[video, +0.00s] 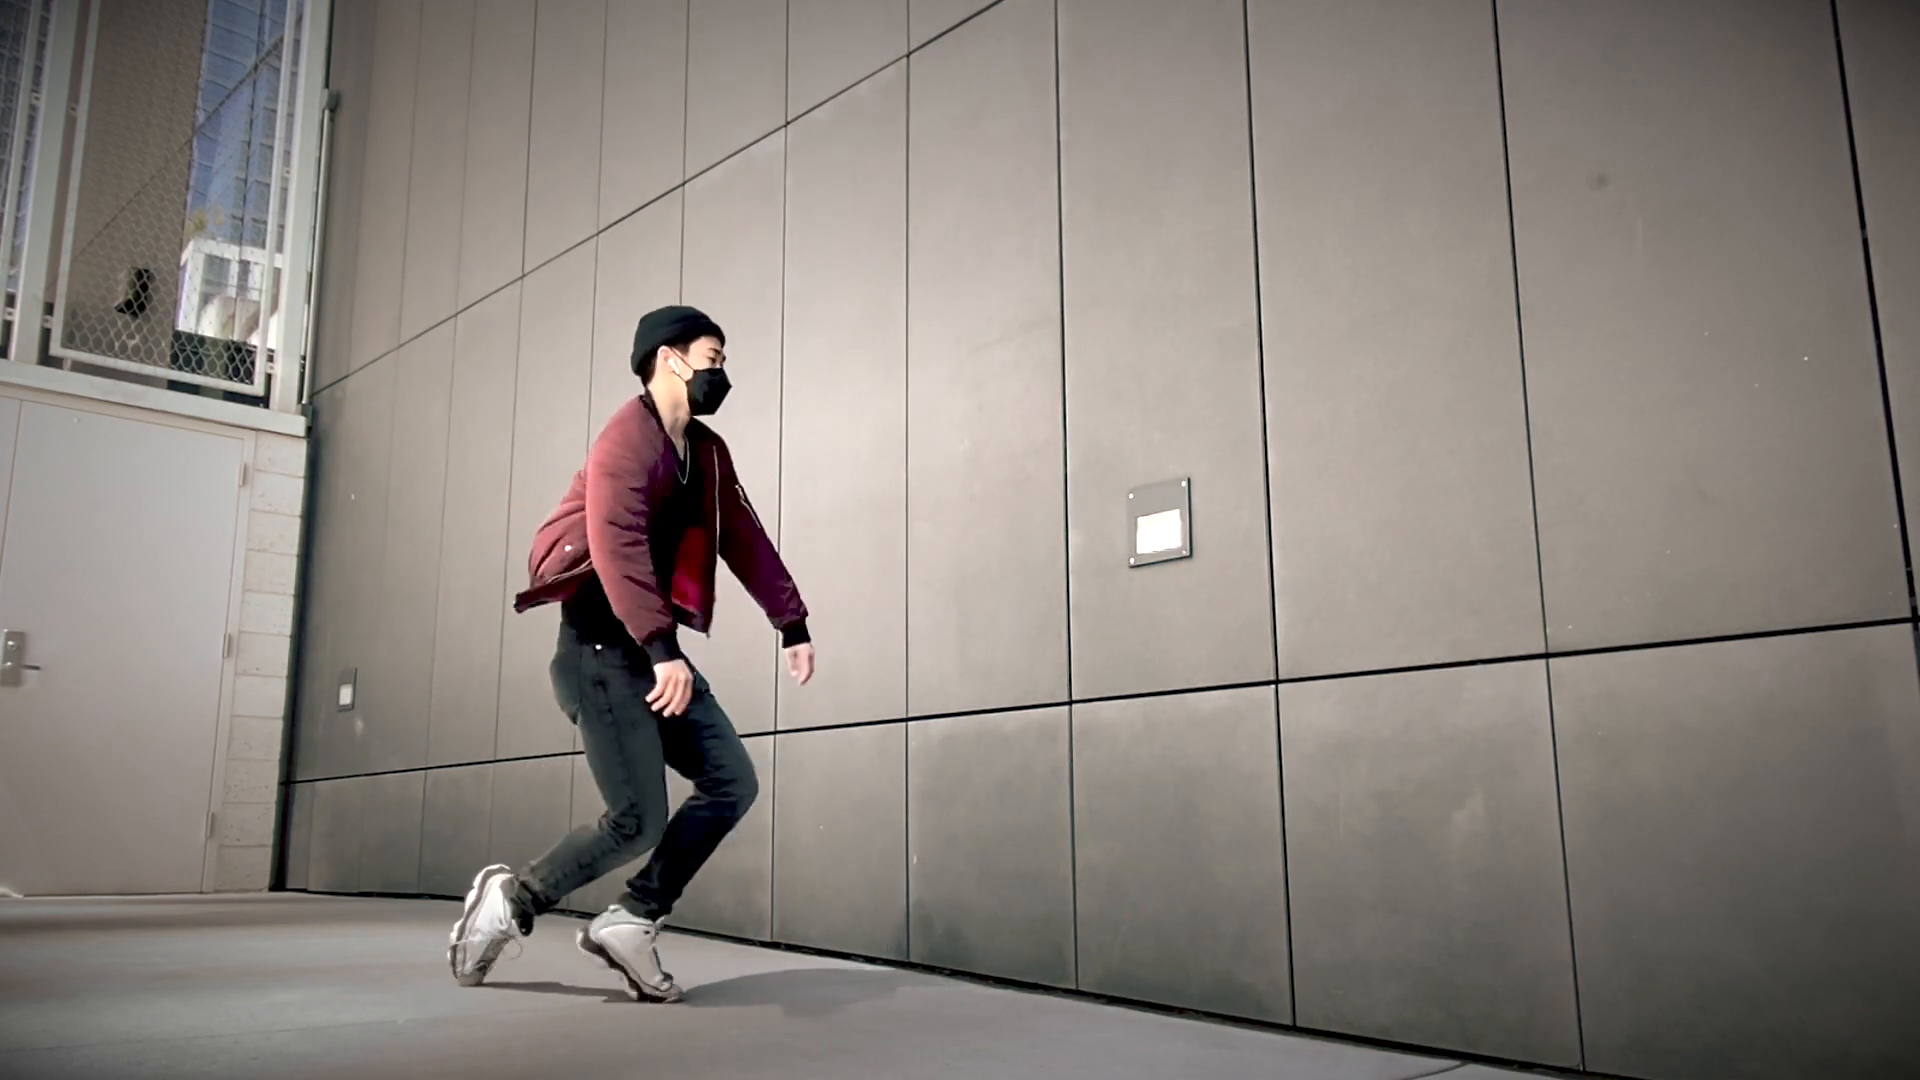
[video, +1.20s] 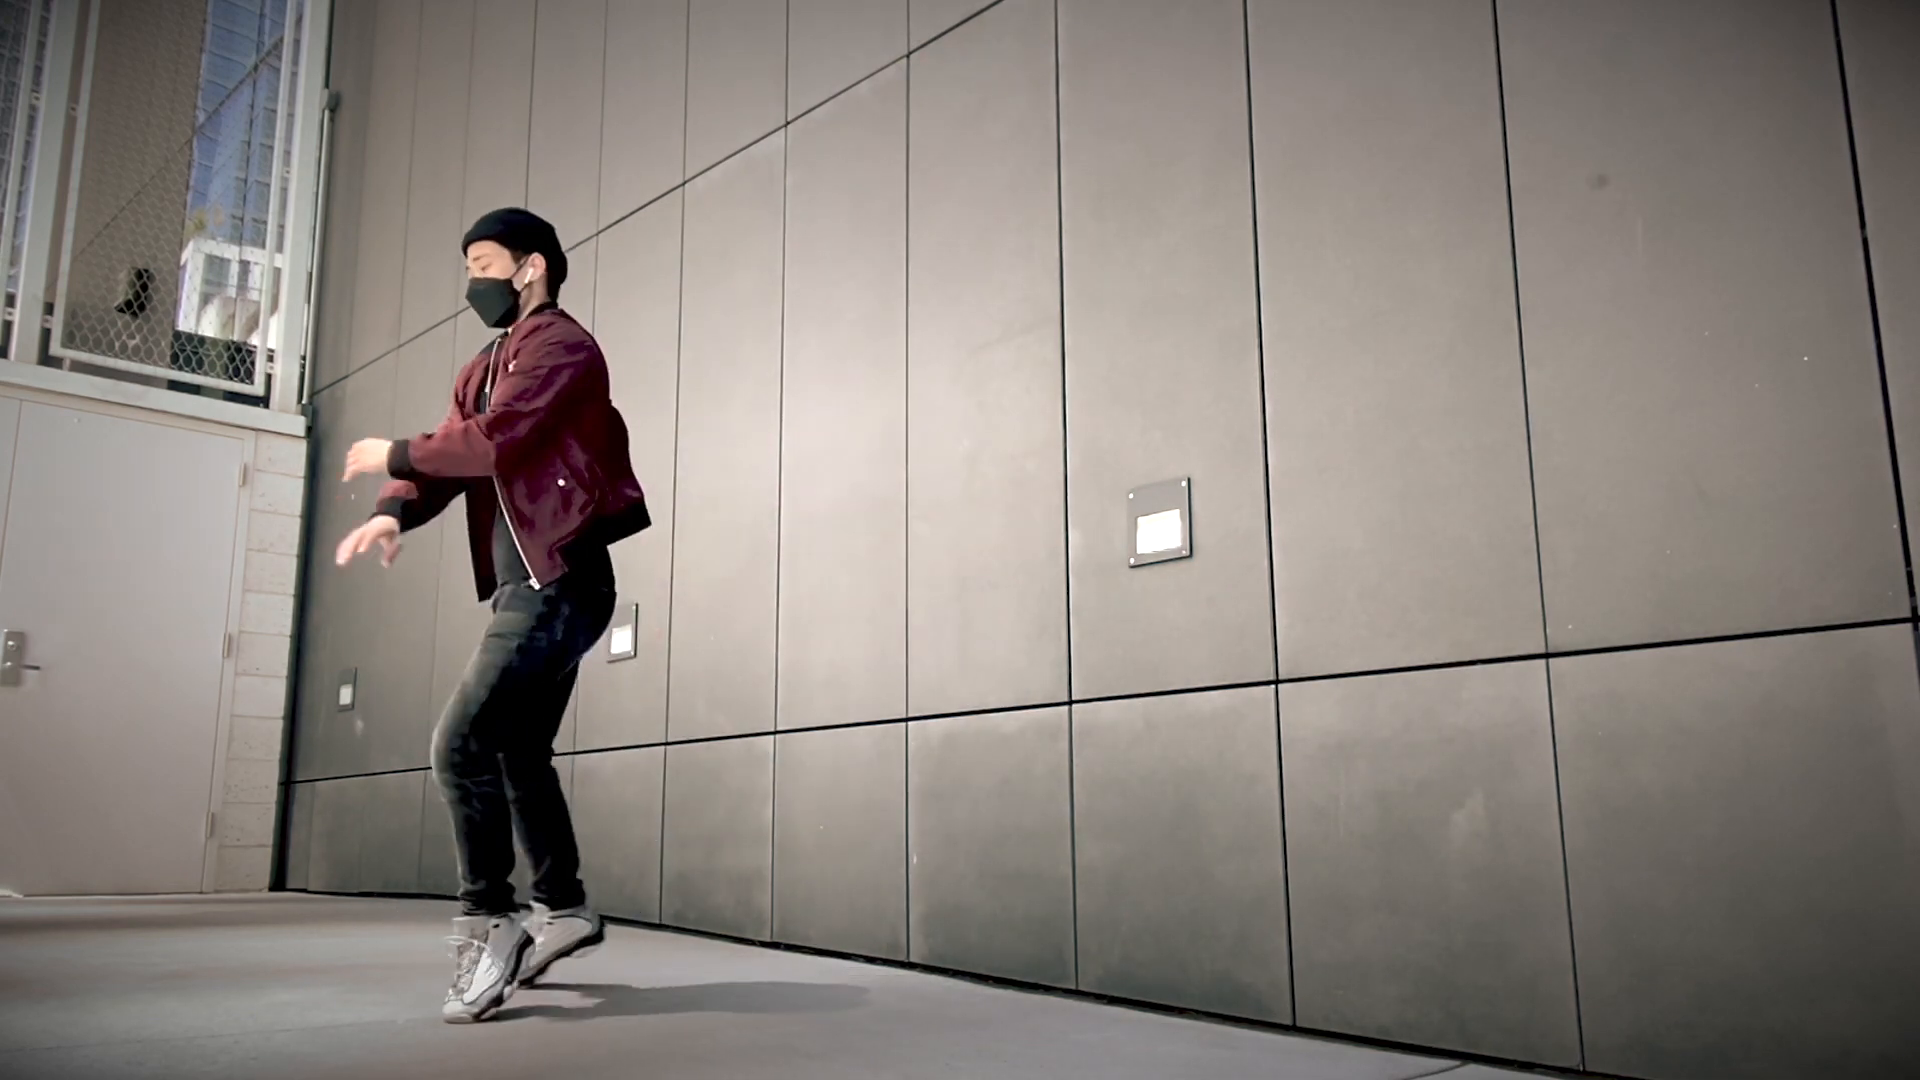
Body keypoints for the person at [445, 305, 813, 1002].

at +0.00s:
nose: (722, 367)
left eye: (724, 359)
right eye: (711, 354)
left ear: (682, 363)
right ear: (667, 358)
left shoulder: (706, 451)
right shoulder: (630, 434)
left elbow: (744, 536)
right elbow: (615, 544)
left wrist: (791, 623)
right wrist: (663, 649)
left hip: (651, 650)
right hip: (597, 651)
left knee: (730, 785)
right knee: (636, 823)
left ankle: (632, 921)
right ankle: (508, 901)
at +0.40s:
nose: (670, 355)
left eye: (671, 346)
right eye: (657, 343)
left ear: (645, 354)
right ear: (610, 346)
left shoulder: (661, 443)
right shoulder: (564, 423)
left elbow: (705, 532)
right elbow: (594, 530)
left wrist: (774, 614)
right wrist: (663, 631)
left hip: (588, 639)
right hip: (515, 632)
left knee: (633, 788)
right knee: (543, 798)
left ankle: (585, 949)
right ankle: (433, 900)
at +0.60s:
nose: (631, 328)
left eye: (636, 319)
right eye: (616, 316)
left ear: (638, 330)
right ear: (571, 322)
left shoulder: (647, 417)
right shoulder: (521, 400)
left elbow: (667, 503)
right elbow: (548, 507)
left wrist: (697, 588)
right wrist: (635, 583)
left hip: (572, 612)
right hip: (490, 604)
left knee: (581, 770)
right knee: (493, 774)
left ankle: (565, 944)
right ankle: (423, 904)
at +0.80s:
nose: (573, 291)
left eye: (587, 282)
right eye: (556, 281)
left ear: (606, 303)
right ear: (529, 299)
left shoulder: (631, 390)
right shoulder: (487, 379)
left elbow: (616, 476)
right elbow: (499, 479)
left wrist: (581, 555)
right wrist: (600, 546)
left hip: (568, 599)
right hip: (487, 589)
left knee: (538, 765)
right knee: (460, 762)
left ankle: (541, 939)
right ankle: (441, 908)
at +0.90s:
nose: (541, 285)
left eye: (558, 274)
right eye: (527, 275)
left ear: (586, 291)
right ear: (510, 293)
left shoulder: (618, 380)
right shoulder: (478, 378)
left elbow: (576, 460)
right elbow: (477, 476)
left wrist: (500, 527)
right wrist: (562, 531)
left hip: (562, 597)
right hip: (483, 590)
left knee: (531, 770)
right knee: (445, 762)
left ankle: (536, 946)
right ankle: (461, 903)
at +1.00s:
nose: (511, 281)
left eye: (527, 267)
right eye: (500, 270)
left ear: (567, 280)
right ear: (491, 286)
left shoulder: (598, 367)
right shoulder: (477, 371)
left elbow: (540, 447)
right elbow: (458, 465)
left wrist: (423, 504)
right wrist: (496, 527)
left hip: (564, 589)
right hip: (496, 586)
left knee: (522, 769)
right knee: (461, 764)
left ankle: (528, 951)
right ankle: (482, 912)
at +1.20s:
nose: (472, 283)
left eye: (483, 268)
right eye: (468, 272)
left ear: (534, 269)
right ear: (502, 278)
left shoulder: (560, 347)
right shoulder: (485, 369)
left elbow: (495, 441)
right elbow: (451, 455)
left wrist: (395, 454)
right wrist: (396, 511)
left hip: (557, 585)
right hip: (526, 585)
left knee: (463, 749)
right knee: (521, 749)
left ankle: (492, 928)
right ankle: (563, 910)